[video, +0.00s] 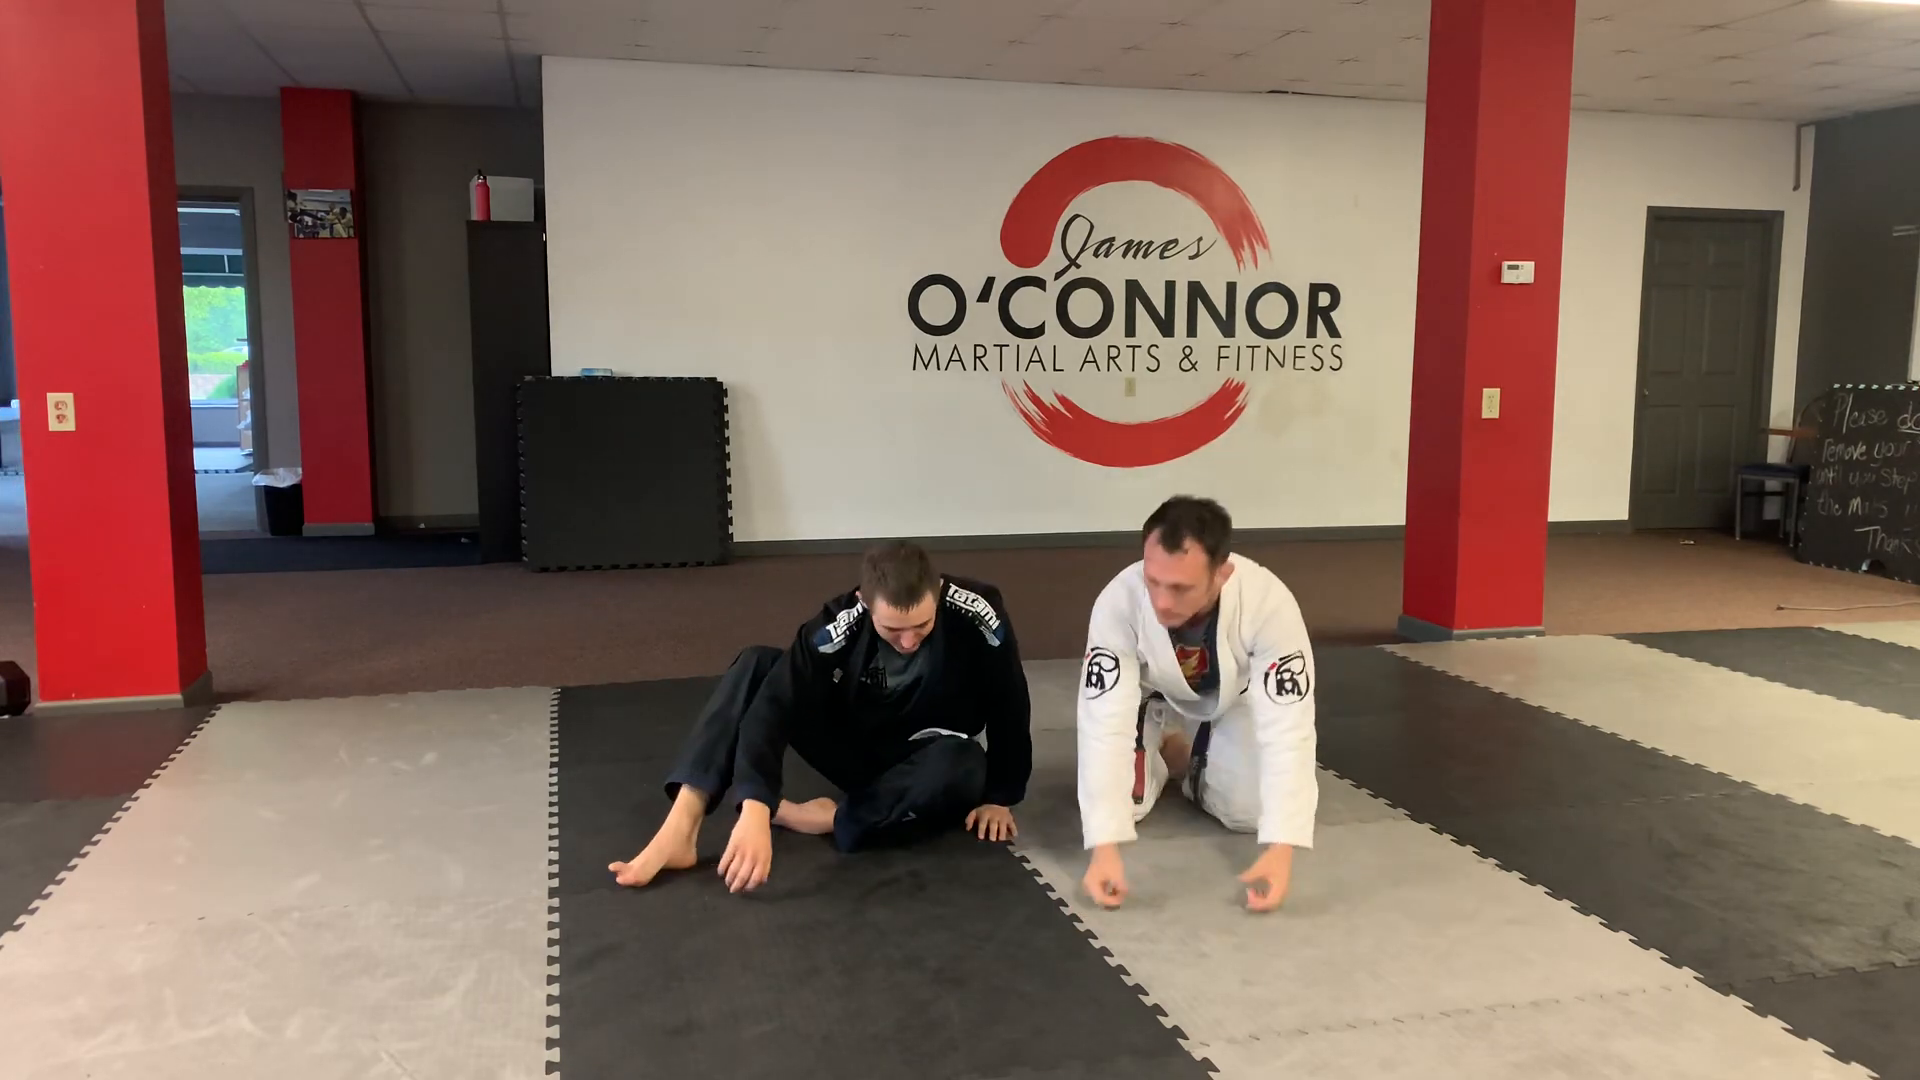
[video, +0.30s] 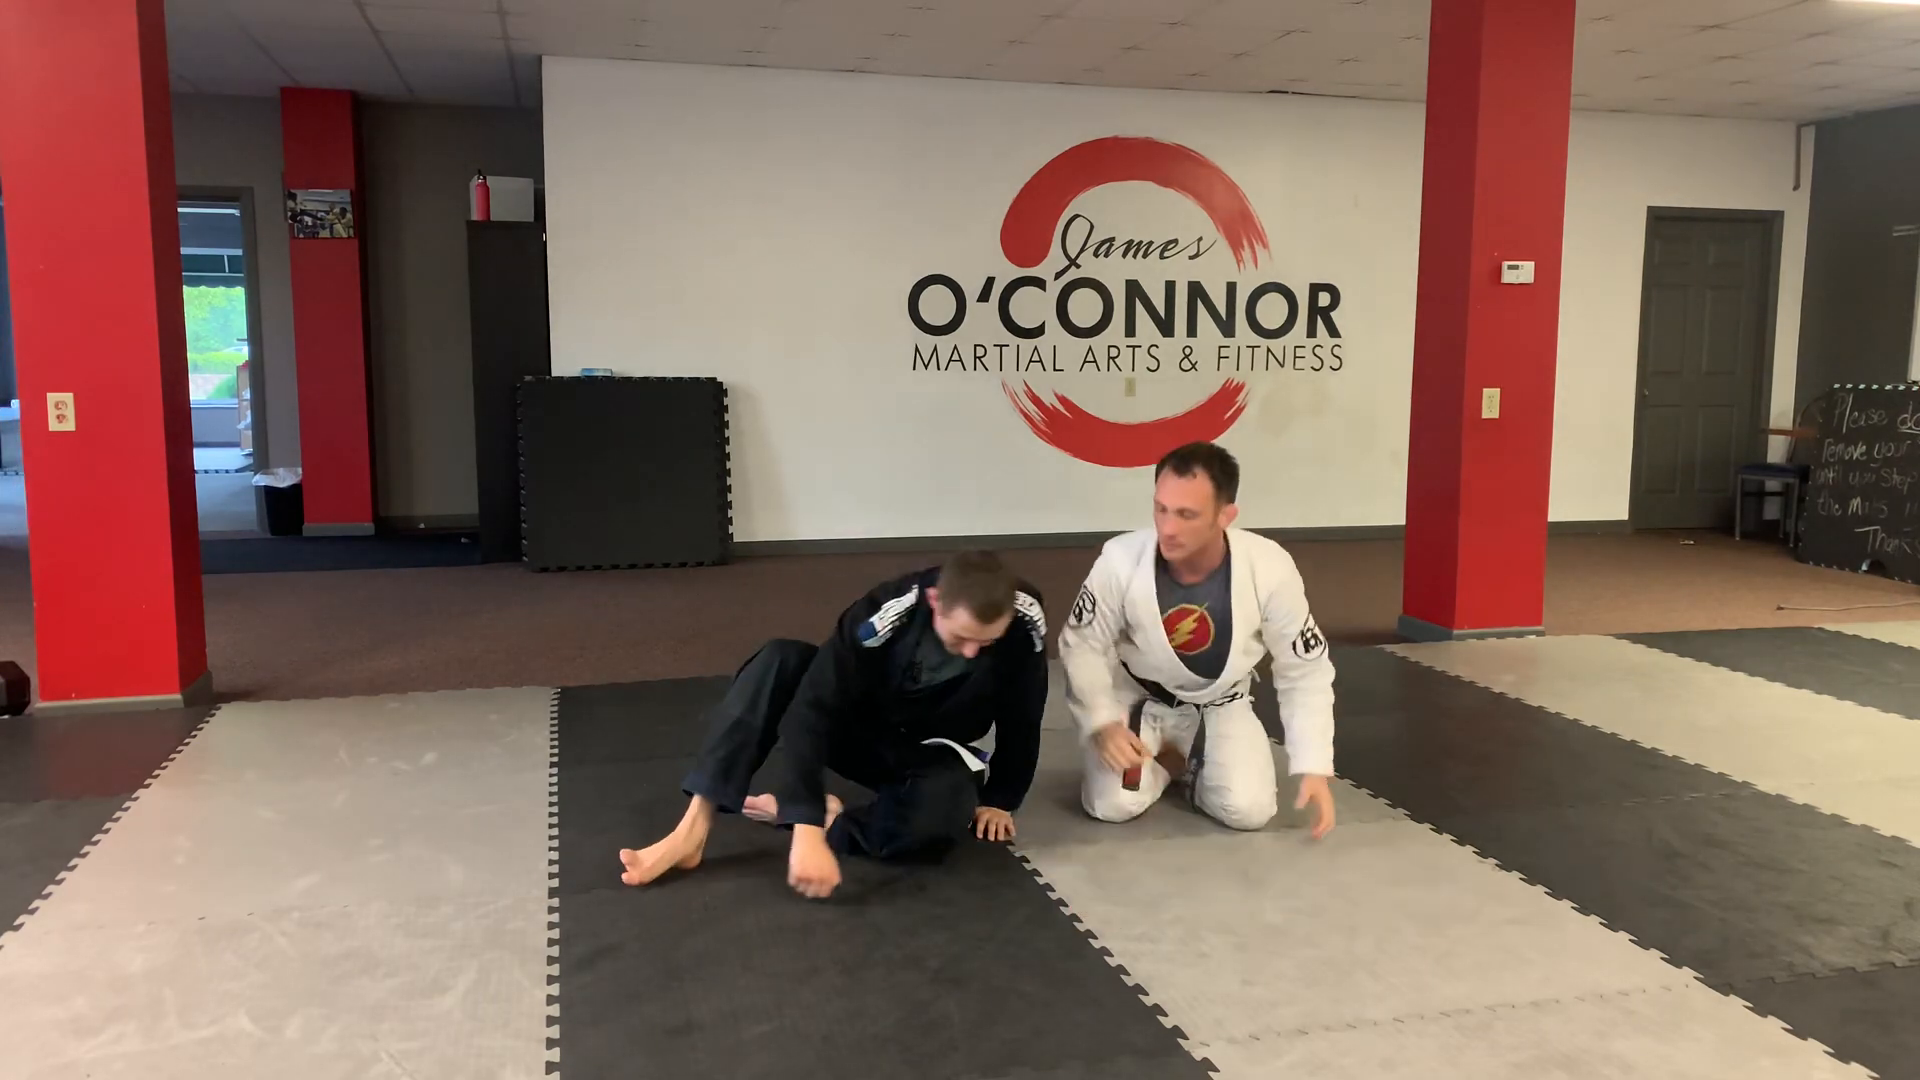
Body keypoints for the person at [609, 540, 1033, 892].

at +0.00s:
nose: (909, 640)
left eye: (920, 628)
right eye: (893, 630)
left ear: (936, 597)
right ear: (867, 605)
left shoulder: (978, 617)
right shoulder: (839, 625)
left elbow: (1012, 712)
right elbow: (769, 713)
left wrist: (1002, 798)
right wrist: (755, 814)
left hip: (920, 755)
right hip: (846, 741)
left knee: (958, 767)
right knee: (757, 665)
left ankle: (835, 816)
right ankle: (680, 828)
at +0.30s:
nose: (971, 651)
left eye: (986, 642)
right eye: (961, 638)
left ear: (1009, 619)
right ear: (935, 601)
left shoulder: (1022, 622)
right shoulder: (885, 615)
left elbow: (1023, 722)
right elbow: (811, 713)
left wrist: (1001, 800)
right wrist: (808, 833)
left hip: (935, 750)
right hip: (861, 721)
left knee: (935, 823)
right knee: (779, 659)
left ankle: (826, 812)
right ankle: (690, 830)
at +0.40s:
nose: (1011, 653)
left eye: (1026, 643)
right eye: (1005, 637)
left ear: (1045, 630)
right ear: (980, 596)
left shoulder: (1034, 638)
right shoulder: (910, 603)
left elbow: (1018, 724)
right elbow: (844, 709)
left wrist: (998, 800)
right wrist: (854, 831)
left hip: (929, 744)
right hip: (864, 710)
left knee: (946, 826)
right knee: (776, 669)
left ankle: (813, 817)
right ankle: (688, 836)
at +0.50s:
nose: (1050, 656)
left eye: (1062, 648)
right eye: (1048, 640)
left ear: (1064, 629)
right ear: (1021, 597)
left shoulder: (1041, 640)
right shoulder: (933, 595)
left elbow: (1017, 725)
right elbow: (886, 714)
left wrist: (1001, 806)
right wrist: (913, 837)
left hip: (929, 728)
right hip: (854, 691)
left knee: (973, 839)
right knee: (763, 681)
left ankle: (832, 828)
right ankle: (688, 838)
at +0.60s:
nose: (1082, 660)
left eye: (1094, 655)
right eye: (1085, 646)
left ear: (1074, 609)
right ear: (1060, 604)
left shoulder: (1055, 620)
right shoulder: (966, 597)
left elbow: (1017, 729)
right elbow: (945, 729)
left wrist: (1000, 817)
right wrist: (977, 853)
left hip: (916, 716)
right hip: (846, 671)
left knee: (1001, 824)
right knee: (766, 706)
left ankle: (839, 837)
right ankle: (684, 835)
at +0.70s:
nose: (1119, 671)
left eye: (1134, 667)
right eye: (1125, 656)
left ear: (1124, 625)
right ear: (1108, 613)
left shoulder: (1078, 623)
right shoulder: (1019, 606)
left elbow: (1021, 743)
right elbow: (1003, 751)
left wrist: (1020, 843)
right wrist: (1023, 880)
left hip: (922, 709)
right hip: (854, 659)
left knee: (987, 835)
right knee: (798, 758)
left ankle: (841, 840)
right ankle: (689, 841)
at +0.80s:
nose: (1149, 683)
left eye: (1163, 681)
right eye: (1158, 673)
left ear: (1154, 625)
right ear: (1151, 626)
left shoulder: (1100, 631)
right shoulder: (1060, 611)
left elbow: (1033, 743)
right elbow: (1025, 752)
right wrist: (1027, 885)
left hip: (937, 707)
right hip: (870, 664)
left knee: (1007, 824)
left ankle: (880, 845)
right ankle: (719, 849)